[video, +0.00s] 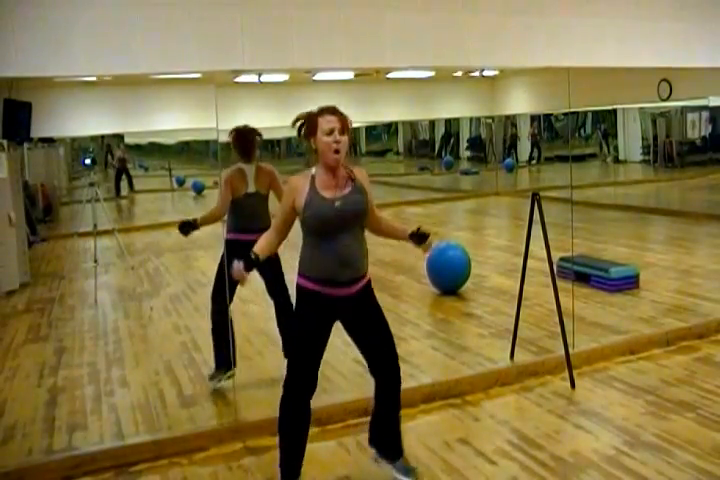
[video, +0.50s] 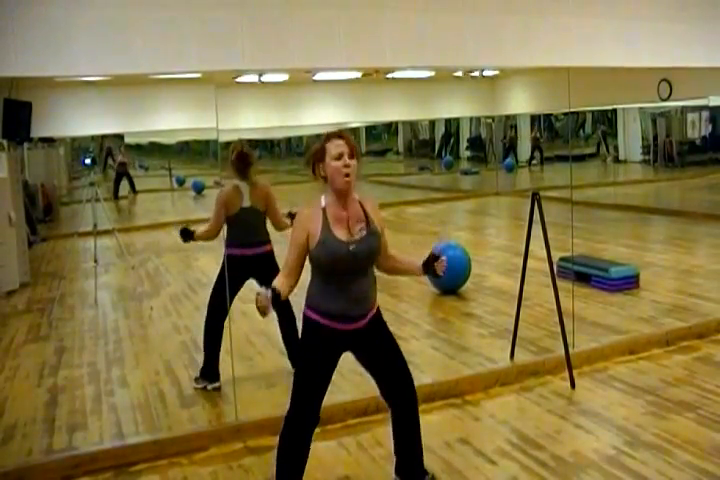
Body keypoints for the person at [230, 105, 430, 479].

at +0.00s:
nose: (337, 139)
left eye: (341, 132)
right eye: (329, 133)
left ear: (348, 138)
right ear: (313, 141)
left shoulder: (358, 177)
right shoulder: (299, 186)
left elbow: (373, 222)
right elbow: (277, 232)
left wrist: (411, 234)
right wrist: (251, 258)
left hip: (358, 293)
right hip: (315, 296)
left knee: (388, 370)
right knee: (299, 386)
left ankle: (386, 446)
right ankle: (289, 473)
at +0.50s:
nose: (347, 163)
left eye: (351, 156)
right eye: (338, 158)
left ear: (357, 163)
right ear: (321, 169)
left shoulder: (368, 209)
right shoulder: (308, 217)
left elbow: (384, 260)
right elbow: (289, 274)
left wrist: (423, 267)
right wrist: (273, 294)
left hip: (368, 325)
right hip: (322, 329)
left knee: (405, 398)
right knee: (302, 417)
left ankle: (411, 473)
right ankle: (287, 478)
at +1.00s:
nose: (354, 145)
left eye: (359, 138)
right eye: (345, 139)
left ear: (365, 143)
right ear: (328, 146)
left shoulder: (377, 187)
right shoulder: (313, 195)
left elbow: (384, 242)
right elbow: (294, 257)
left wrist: (391, 285)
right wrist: (292, 305)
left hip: (381, 310)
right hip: (334, 314)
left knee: (421, 390)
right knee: (311, 409)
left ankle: (421, 463)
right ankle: (295, 479)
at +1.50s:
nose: (364, 164)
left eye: (368, 157)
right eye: (354, 158)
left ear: (374, 164)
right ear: (335, 171)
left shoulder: (390, 212)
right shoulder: (322, 226)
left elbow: (407, 272)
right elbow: (301, 291)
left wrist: (434, 326)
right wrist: (285, 349)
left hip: (391, 343)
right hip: (339, 349)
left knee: (433, 421)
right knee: (312, 445)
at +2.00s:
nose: (377, 144)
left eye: (381, 136)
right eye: (366, 137)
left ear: (389, 142)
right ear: (347, 146)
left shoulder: (405, 191)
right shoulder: (334, 200)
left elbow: (426, 256)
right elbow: (314, 271)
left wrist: (458, 309)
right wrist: (299, 333)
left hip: (411, 326)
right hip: (358, 331)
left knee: (452, 416)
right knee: (335, 435)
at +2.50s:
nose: (392, 164)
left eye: (398, 156)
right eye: (382, 158)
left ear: (405, 162)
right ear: (363, 168)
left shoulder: (419, 215)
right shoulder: (348, 226)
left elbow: (433, 288)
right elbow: (329, 304)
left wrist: (453, 351)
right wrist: (315, 372)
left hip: (418, 359)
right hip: (363, 364)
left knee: (462, 446)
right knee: (339, 465)